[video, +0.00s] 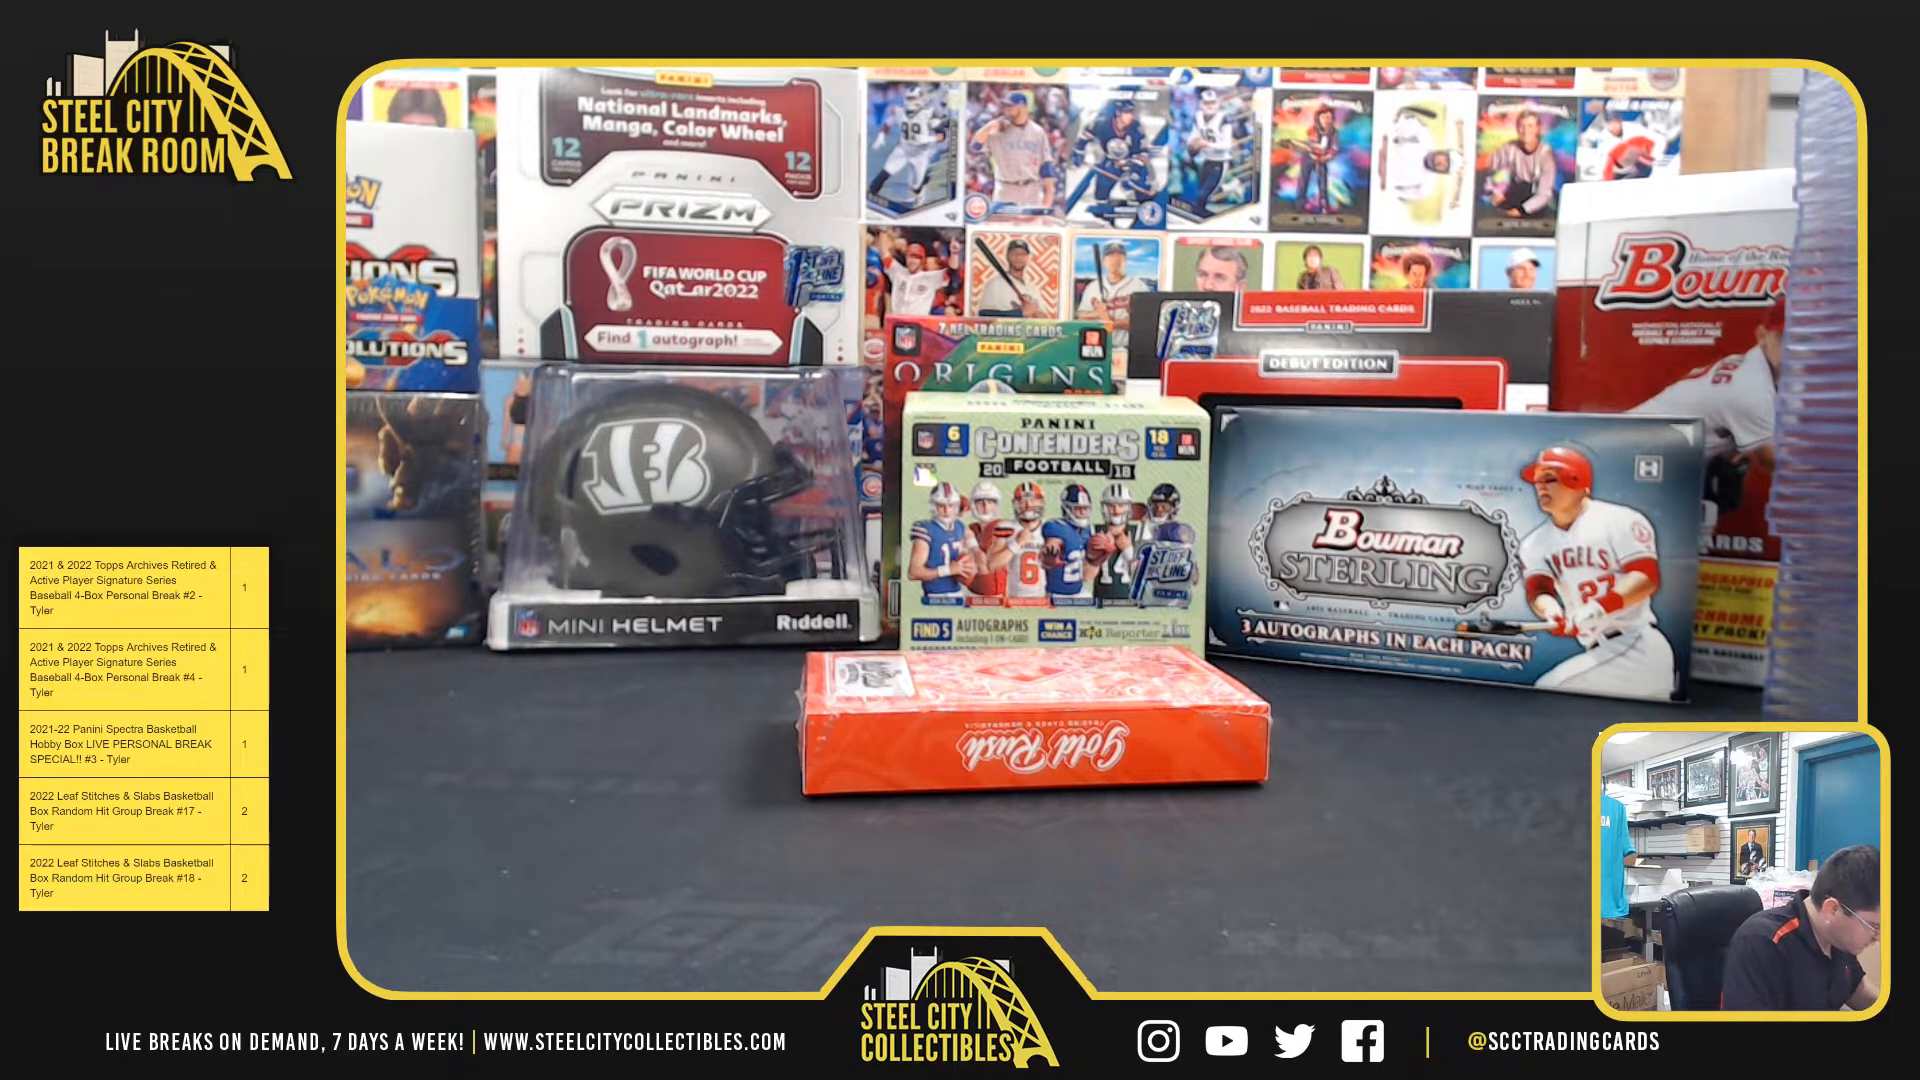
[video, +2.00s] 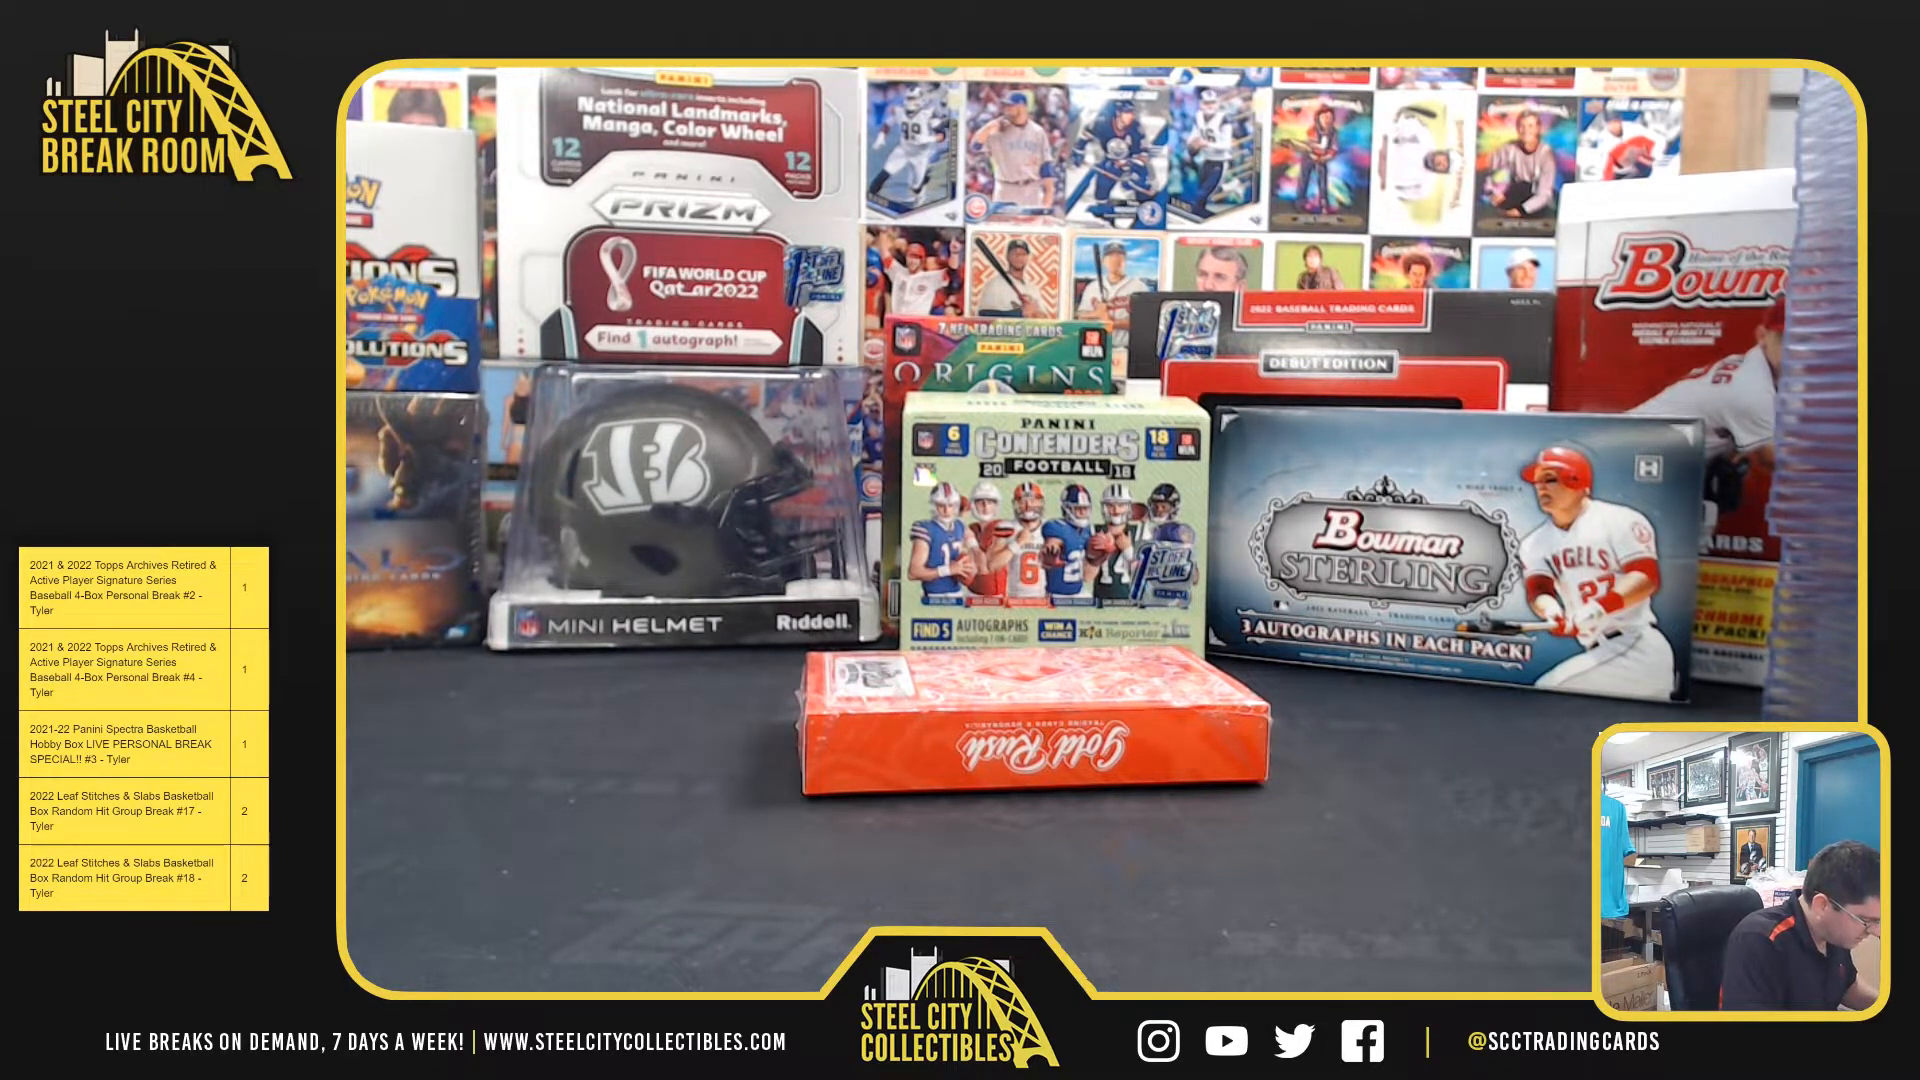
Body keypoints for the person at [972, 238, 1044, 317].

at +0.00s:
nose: (1019, 258)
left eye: (1023, 254)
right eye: (1015, 254)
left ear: (1028, 258)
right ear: (1008, 256)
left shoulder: (1032, 288)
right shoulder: (995, 284)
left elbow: (1045, 317)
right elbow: (985, 314)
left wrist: (1034, 310)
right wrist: (1020, 313)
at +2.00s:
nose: (1019, 258)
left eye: (1023, 254)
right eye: (1015, 254)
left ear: (1028, 258)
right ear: (1008, 256)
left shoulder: (1033, 288)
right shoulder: (995, 284)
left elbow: (1044, 317)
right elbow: (985, 314)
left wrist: (1033, 310)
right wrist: (1020, 313)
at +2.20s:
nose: (1019, 258)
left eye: (1023, 254)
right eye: (1015, 254)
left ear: (1028, 258)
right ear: (1008, 256)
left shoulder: (1033, 288)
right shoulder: (995, 284)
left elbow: (1044, 317)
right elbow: (985, 314)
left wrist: (1033, 310)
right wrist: (1020, 313)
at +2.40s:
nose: (1019, 258)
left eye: (1023, 254)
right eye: (1016, 254)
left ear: (1028, 258)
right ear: (1008, 256)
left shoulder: (1032, 289)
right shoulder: (995, 285)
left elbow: (1045, 317)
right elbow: (985, 315)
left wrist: (1034, 311)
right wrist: (1020, 313)